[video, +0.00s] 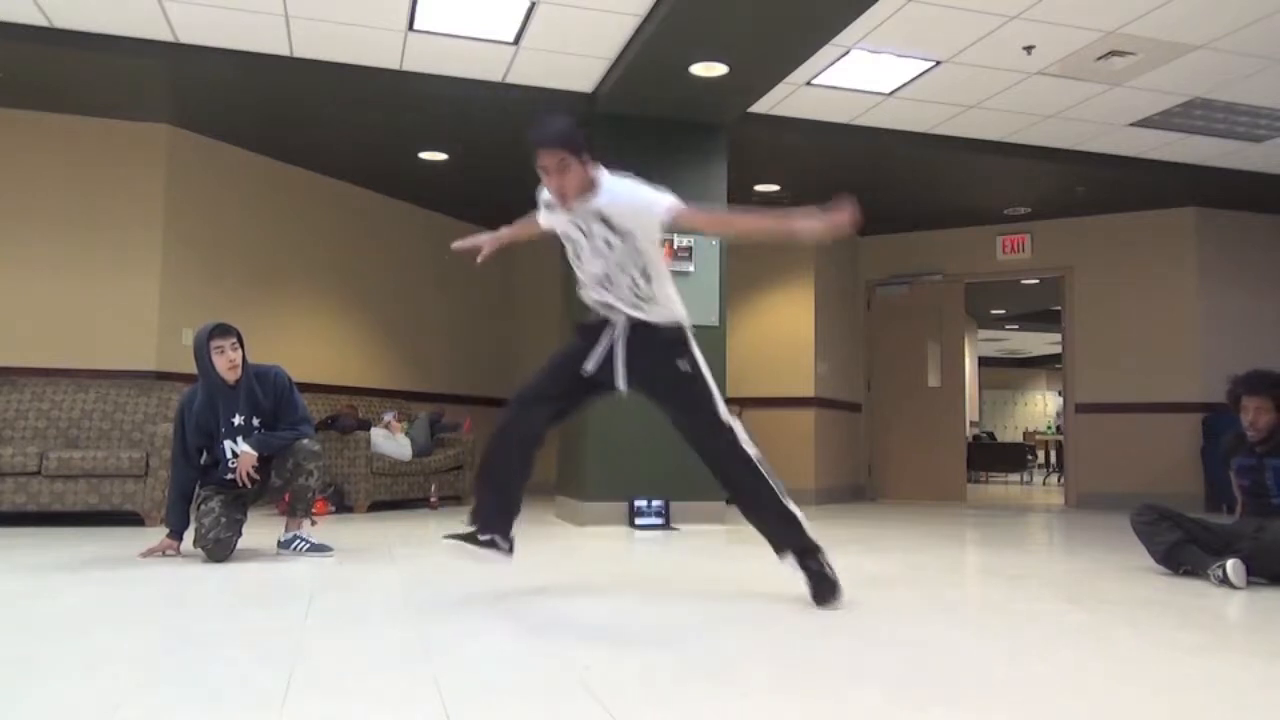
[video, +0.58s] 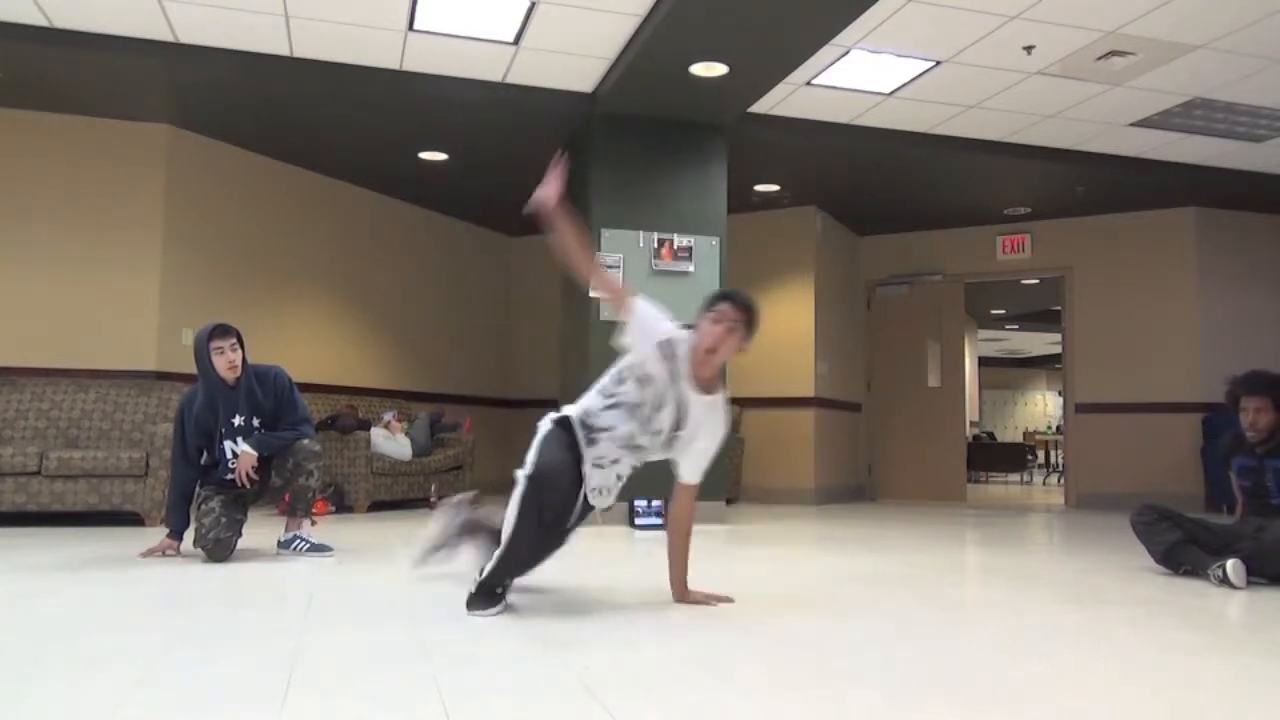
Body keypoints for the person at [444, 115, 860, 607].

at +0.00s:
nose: (551, 179)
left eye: (559, 169)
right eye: (544, 171)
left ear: (585, 163)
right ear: (541, 172)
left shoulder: (624, 197)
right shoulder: (554, 201)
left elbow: (710, 221)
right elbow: (540, 224)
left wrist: (805, 223)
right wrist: (495, 239)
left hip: (660, 336)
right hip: (602, 335)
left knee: (721, 445)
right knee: (527, 412)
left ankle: (806, 555)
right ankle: (492, 526)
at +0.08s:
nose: (569, 211)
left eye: (577, 199)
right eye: (562, 201)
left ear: (603, 191)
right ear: (557, 198)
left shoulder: (638, 230)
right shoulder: (569, 227)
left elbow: (723, 264)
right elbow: (543, 248)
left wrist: (822, 278)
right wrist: (489, 256)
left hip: (677, 360)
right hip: (617, 357)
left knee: (736, 466)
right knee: (545, 428)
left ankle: (821, 567)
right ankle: (490, 541)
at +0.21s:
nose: (594, 271)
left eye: (604, 260)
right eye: (588, 260)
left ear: (631, 263)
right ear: (582, 262)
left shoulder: (664, 314)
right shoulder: (570, 289)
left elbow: (726, 386)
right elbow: (498, 299)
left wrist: (783, 458)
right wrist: (426, 302)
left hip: (685, 400)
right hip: (620, 395)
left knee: (742, 484)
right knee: (555, 460)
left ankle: (823, 578)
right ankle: (519, 573)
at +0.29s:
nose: (614, 315)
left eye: (626, 305)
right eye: (607, 303)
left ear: (647, 308)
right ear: (596, 301)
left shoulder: (665, 363)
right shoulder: (573, 319)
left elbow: (689, 447)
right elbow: (473, 323)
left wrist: (725, 519)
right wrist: (484, 352)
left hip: (648, 419)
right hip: (579, 400)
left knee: (732, 473)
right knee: (525, 456)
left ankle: (820, 546)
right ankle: (514, 573)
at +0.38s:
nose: (638, 333)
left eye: (652, 325)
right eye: (632, 318)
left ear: (666, 331)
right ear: (617, 313)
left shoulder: (664, 396)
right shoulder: (584, 329)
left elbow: (672, 487)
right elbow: (484, 332)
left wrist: (699, 572)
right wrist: (495, 363)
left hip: (625, 433)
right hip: (563, 407)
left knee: (690, 493)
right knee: (512, 456)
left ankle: (765, 530)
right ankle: (509, 577)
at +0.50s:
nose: (691, 339)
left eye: (706, 334)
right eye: (687, 324)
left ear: (715, 348)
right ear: (670, 323)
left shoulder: (687, 421)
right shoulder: (629, 337)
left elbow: (672, 500)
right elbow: (558, 298)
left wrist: (679, 590)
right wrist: (520, 266)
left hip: (603, 466)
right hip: (564, 425)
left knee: (574, 540)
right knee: (530, 467)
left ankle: (549, 494)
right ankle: (497, 584)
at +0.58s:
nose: (720, 333)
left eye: (733, 329)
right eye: (716, 321)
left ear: (742, 346)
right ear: (699, 322)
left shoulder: (711, 421)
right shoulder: (658, 333)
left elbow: (683, 501)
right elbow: (593, 273)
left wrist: (679, 587)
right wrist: (550, 208)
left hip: (595, 484)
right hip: (568, 436)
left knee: (530, 552)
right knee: (543, 507)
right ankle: (492, 586)